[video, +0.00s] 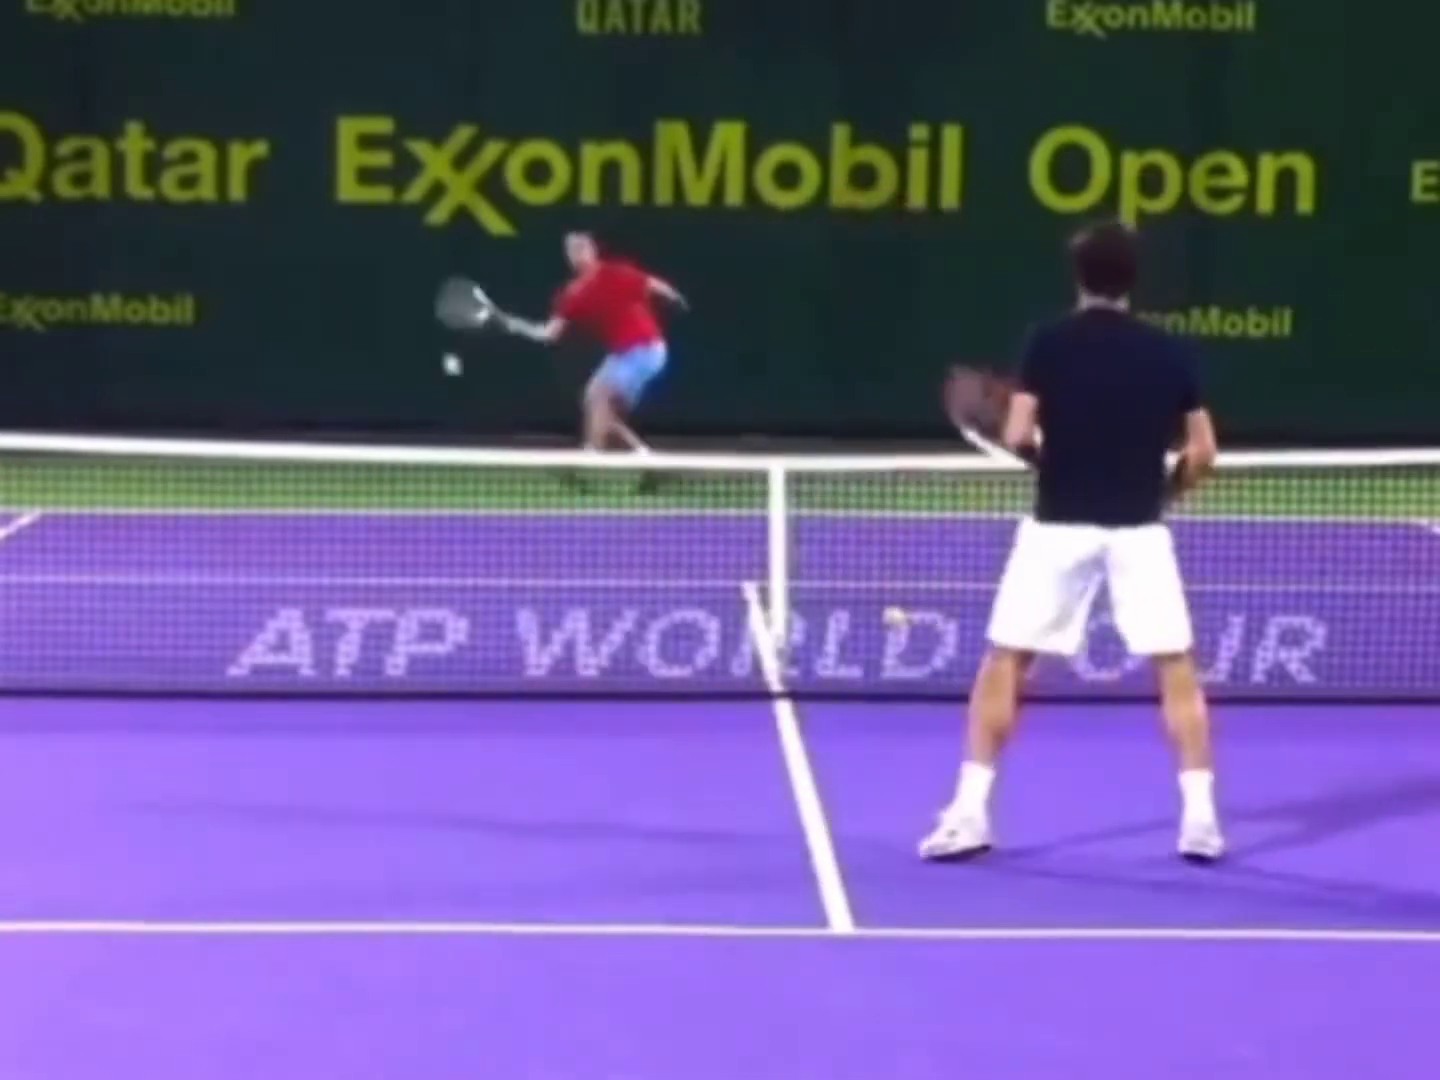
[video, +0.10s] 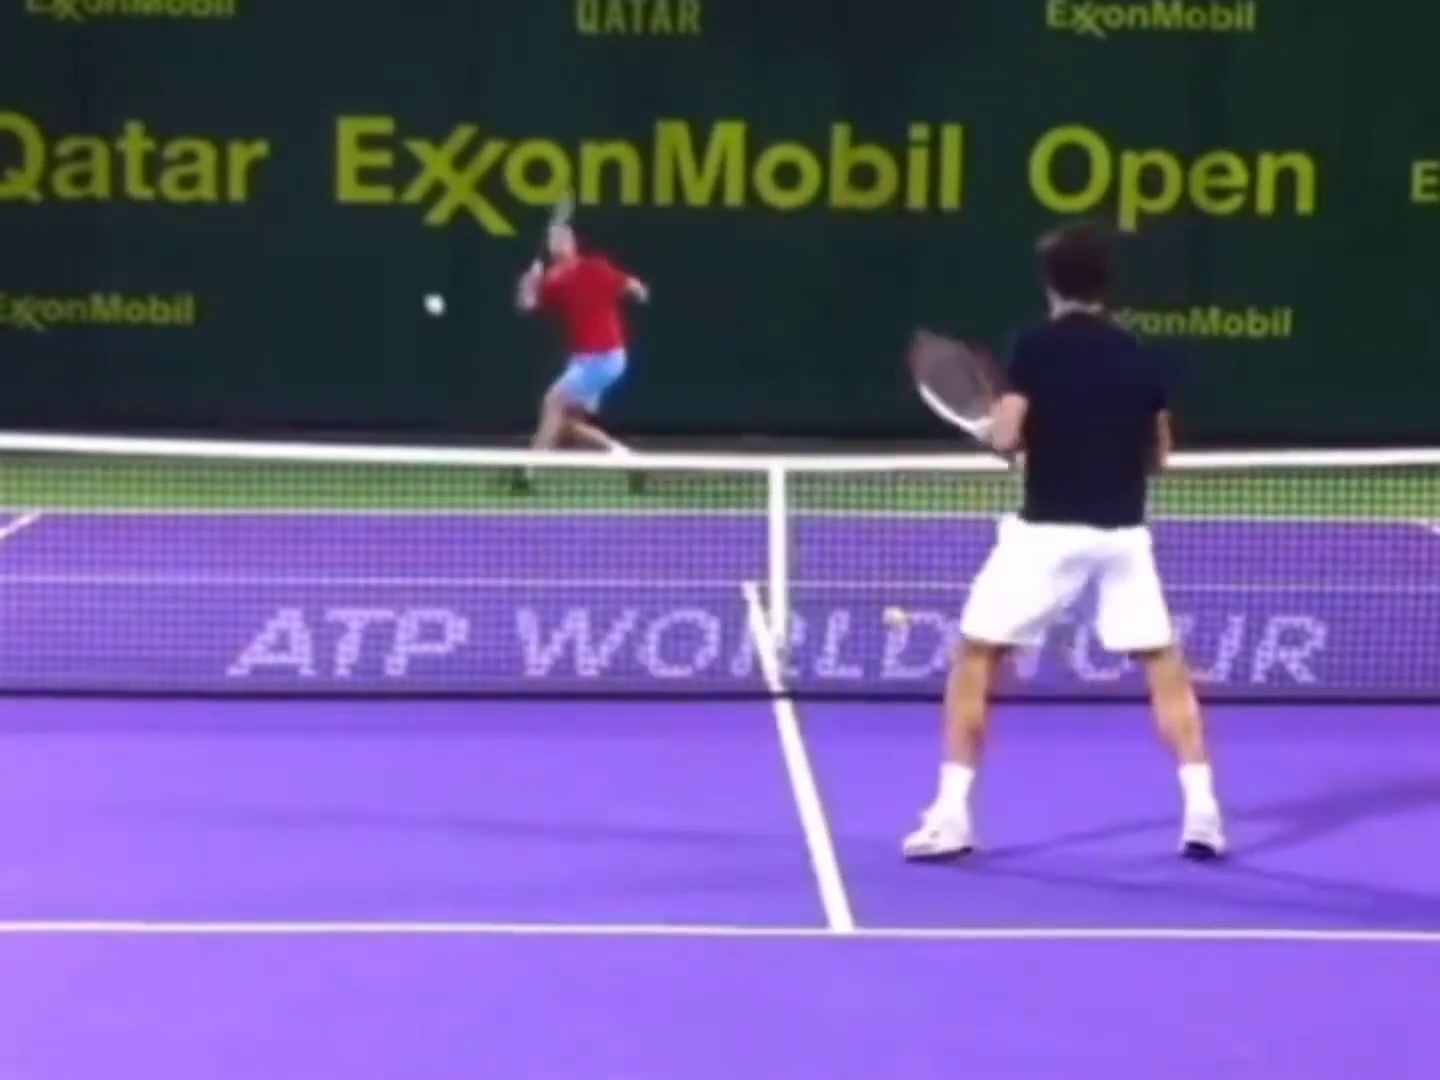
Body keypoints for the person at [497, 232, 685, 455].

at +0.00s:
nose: (578, 255)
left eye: (582, 248)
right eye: (572, 250)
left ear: (593, 249)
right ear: (567, 255)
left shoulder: (618, 272)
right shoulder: (572, 293)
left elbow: (657, 287)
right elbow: (550, 333)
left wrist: (678, 300)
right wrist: (511, 324)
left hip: (647, 347)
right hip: (621, 353)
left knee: (598, 392)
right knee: (600, 409)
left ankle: (592, 454)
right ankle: (643, 453)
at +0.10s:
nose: (557, 246)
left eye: (562, 239)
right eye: (553, 240)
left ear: (572, 242)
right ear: (548, 244)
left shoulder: (595, 267)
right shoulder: (551, 277)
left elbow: (638, 290)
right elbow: (527, 305)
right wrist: (531, 279)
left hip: (602, 353)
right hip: (584, 354)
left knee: (554, 401)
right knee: (567, 423)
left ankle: (533, 463)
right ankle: (623, 455)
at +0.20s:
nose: (543, 250)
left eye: (548, 245)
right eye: (539, 245)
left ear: (560, 246)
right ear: (534, 247)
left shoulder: (579, 273)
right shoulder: (532, 272)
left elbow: (611, 303)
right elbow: (503, 290)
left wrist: (592, 301)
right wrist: (527, 269)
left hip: (568, 353)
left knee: (518, 400)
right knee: (532, 425)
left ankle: (516, 466)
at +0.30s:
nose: (530, 235)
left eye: (536, 229)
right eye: (526, 229)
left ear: (544, 234)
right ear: (518, 233)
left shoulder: (559, 268)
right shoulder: (508, 265)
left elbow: (583, 306)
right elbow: (485, 295)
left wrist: (565, 317)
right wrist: (520, 286)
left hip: (552, 346)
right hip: (521, 346)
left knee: (508, 397)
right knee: (492, 407)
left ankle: (519, 458)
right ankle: (529, 452)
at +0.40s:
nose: (512, 231)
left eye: (518, 225)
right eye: (509, 225)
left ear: (529, 229)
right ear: (505, 228)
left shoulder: (546, 262)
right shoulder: (493, 259)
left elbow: (560, 306)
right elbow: (470, 299)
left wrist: (541, 316)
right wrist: (505, 312)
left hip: (536, 342)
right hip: (502, 340)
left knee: (500, 391)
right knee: (474, 394)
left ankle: (513, 462)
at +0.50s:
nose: (502, 230)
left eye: (507, 224)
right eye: (498, 224)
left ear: (517, 228)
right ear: (491, 228)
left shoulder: (534, 262)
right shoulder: (480, 262)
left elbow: (548, 301)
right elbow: (457, 305)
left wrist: (531, 325)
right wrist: (486, 328)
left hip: (522, 345)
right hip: (486, 344)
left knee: (494, 393)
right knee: (462, 395)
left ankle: (504, 462)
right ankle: (436, 456)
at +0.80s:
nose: (492, 231)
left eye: (496, 225)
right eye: (486, 226)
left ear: (507, 229)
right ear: (479, 230)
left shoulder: (523, 264)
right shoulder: (468, 264)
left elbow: (534, 299)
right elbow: (447, 304)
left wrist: (519, 335)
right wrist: (468, 339)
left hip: (513, 346)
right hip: (478, 347)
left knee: (525, 406)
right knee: (457, 403)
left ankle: (522, 465)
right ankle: (435, 460)